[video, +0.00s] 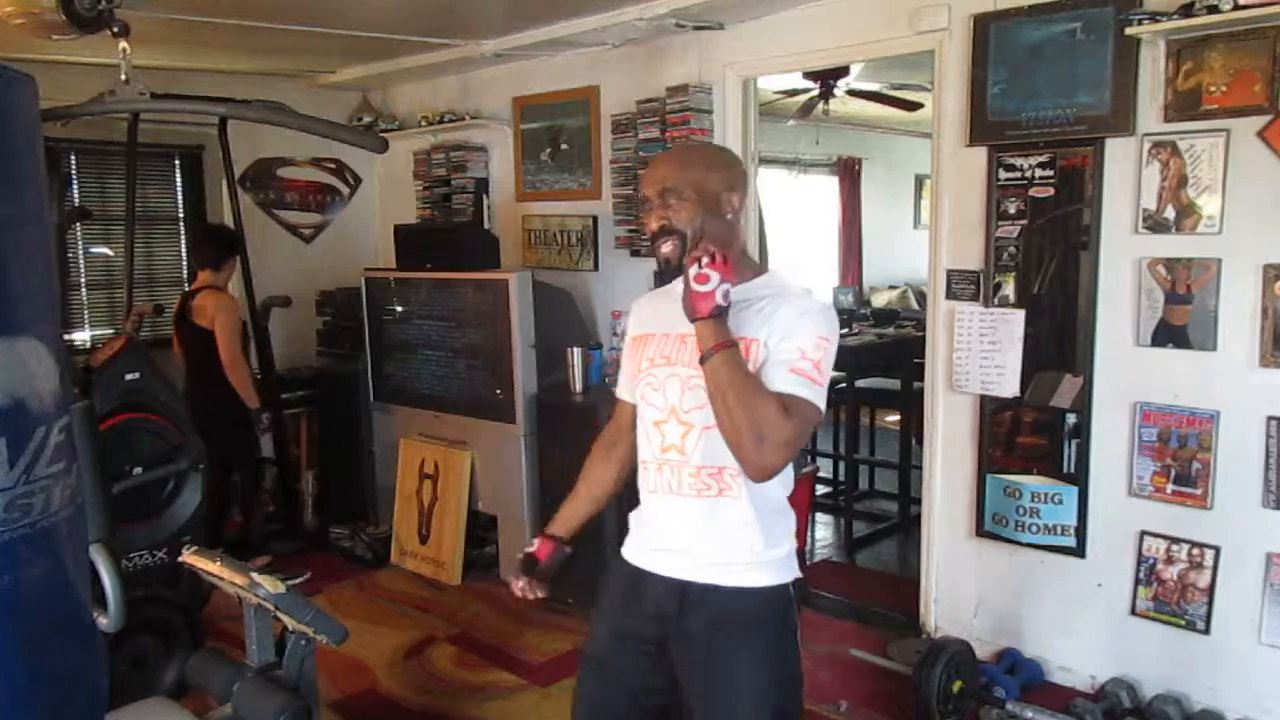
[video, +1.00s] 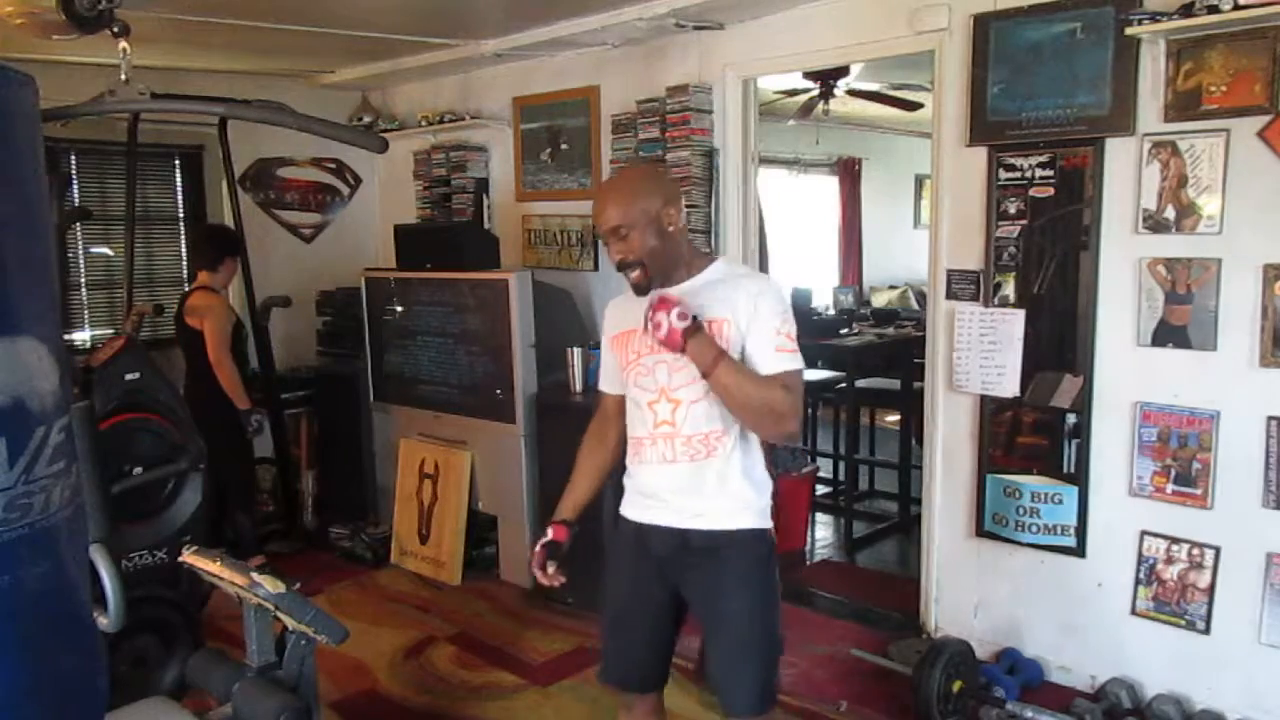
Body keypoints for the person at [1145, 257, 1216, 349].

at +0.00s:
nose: (1182, 272)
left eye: (1184, 269)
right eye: (1180, 269)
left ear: (1188, 272)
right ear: (1175, 271)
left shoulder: (1192, 287)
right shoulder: (1168, 286)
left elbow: (1213, 268)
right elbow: (1151, 266)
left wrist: (1196, 262)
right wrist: (1165, 260)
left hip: (1181, 329)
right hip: (1164, 328)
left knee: (1191, 358)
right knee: (1154, 356)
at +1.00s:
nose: (1181, 272)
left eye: (1184, 269)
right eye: (1177, 269)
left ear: (1188, 272)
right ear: (1173, 272)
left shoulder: (1191, 287)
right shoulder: (1168, 286)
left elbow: (1212, 269)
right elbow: (1151, 265)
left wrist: (1196, 262)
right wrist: (1165, 261)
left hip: (1182, 329)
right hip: (1165, 327)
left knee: (1189, 358)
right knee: (1155, 357)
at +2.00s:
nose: (1181, 272)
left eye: (1184, 269)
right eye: (1178, 269)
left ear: (1188, 272)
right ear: (1173, 272)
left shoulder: (1191, 287)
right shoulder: (1168, 286)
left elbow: (1213, 268)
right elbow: (1151, 265)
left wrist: (1194, 262)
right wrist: (1166, 261)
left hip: (1181, 329)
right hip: (1165, 327)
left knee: (1189, 358)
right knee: (1155, 356)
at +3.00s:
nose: (1179, 273)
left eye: (1183, 270)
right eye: (1177, 270)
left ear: (1188, 273)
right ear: (1173, 272)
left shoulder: (1191, 287)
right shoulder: (1168, 286)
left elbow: (1213, 268)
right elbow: (1151, 265)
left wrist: (1195, 262)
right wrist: (1166, 262)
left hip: (1181, 329)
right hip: (1165, 328)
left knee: (1190, 357)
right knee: (1154, 356)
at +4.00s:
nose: (1179, 273)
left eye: (1183, 269)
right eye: (1176, 270)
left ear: (1188, 273)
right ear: (1172, 272)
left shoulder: (1191, 287)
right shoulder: (1168, 286)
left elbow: (1213, 268)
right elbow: (1151, 265)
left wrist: (1195, 262)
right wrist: (1166, 262)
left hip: (1181, 329)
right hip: (1164, 328)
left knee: (1191, 357)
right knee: (1154, 356)